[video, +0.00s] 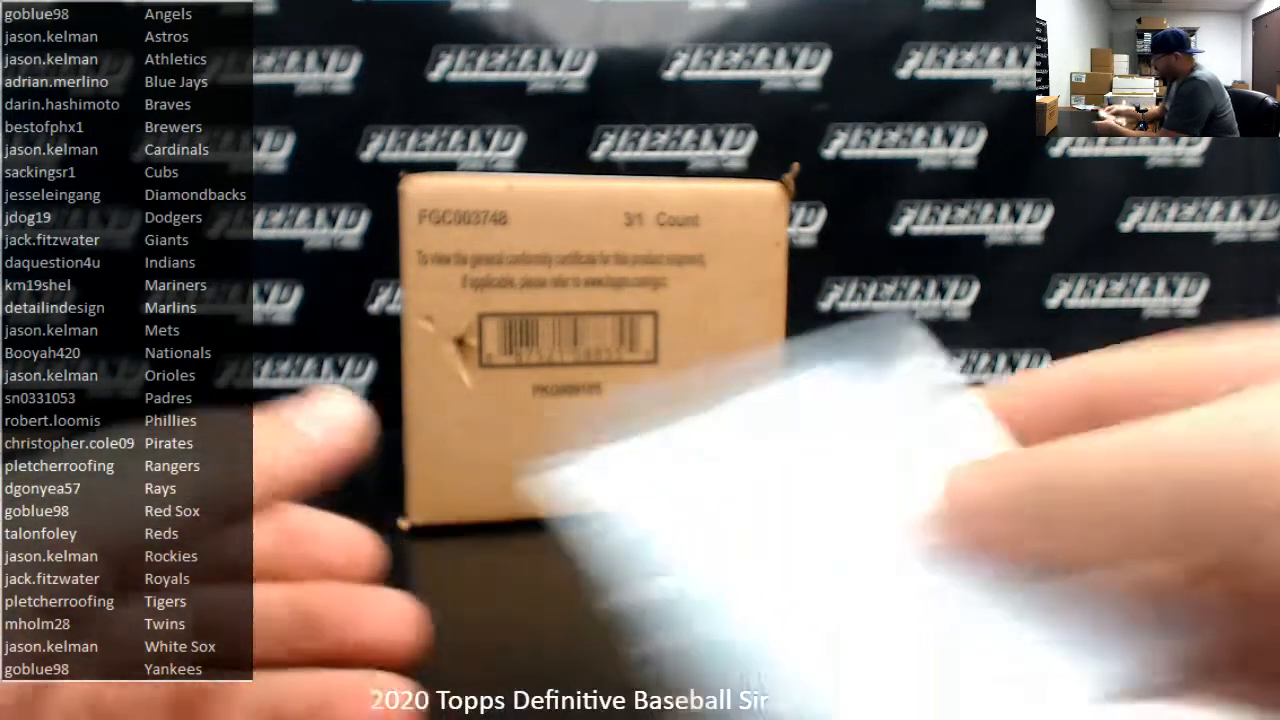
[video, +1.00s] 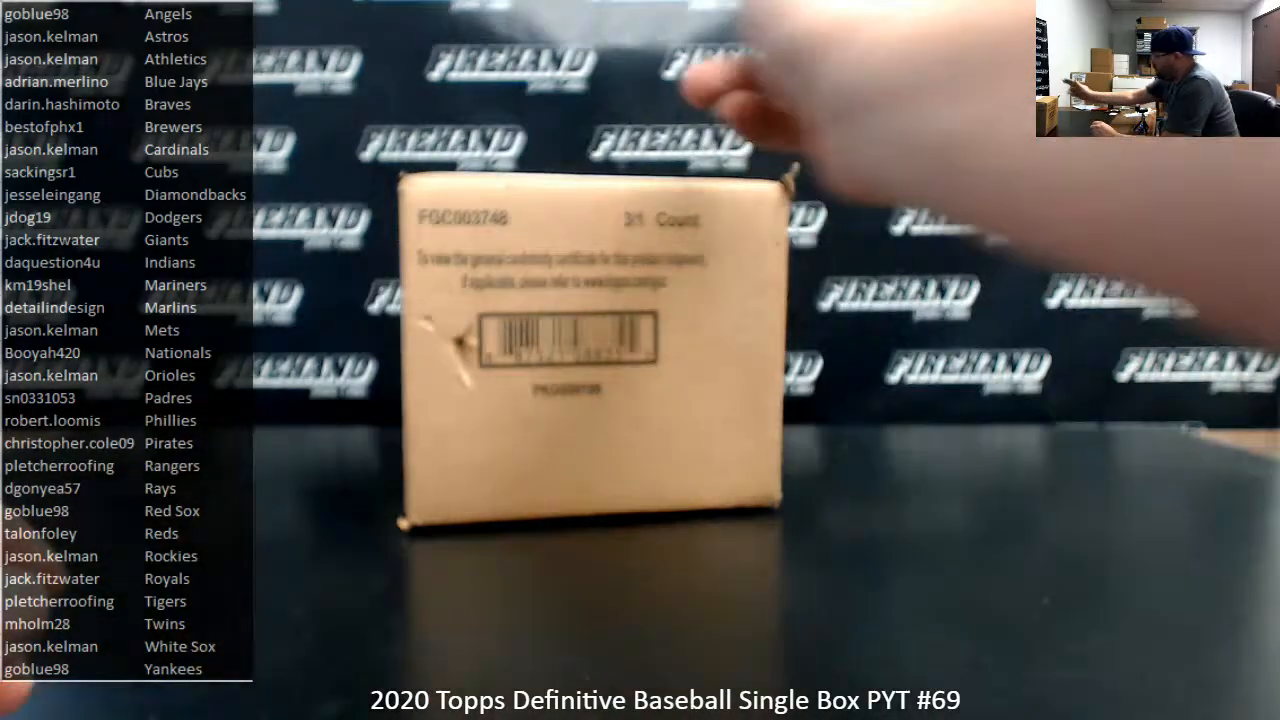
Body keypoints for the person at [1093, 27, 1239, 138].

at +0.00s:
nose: (1152, 66)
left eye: (1155, 59)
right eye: (1151, 60)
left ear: (1176, 57)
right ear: (1176, 58)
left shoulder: (1196, 84)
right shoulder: (1181, 80)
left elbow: (1169, 141)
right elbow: (1163, 111)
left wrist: (1118, 131)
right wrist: (1133, 115)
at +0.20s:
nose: (1157, 64)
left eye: (1160, 58)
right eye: (1156, 58)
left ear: (1181, 56)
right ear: (1181, 57)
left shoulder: (1199, 85)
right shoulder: (1186, 79)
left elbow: (1168, 142)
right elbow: (1174, 106)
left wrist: (1116, 131)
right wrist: (1138, 103)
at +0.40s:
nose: (1160, 63)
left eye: (1164, 57)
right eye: (1159, 57)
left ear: (1185, 57)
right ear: (1186, 57)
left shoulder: (1202, 88)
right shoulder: (1198, 79)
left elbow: (1165, 142)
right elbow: (1179, 106)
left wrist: (1116, 130)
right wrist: (1147, 104)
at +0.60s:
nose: (1162, 61)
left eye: (1166, 55)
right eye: (1163, 55)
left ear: (1188, 57)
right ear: (1189, 57)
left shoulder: (1204, 88)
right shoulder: (1194, 79)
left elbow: (1165, 142)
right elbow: (1176, 107)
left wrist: (1112, 130)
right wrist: (1139, 101)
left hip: (1218, 166)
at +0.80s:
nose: (1161, 61)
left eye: (1165, 55)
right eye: (1162, 55)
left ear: (1186, 57)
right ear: (1187, 57)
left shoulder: (1204, 86)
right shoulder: (1185, 78)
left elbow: (1166, 144)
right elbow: (1156, 101)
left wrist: (1112, 136)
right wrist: (1117, 98)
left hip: (1219, 163)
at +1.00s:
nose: (1152, 63)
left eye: (1156, 57)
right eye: (1152, 57)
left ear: (1176, 56)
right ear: (1176, 57)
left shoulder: (1198, 84)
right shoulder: (1173, 79)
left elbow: (1171, 145)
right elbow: (1135, 98)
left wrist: (1116, 136)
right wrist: (1092, 96)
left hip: (1215, 159)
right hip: (1191, 154)